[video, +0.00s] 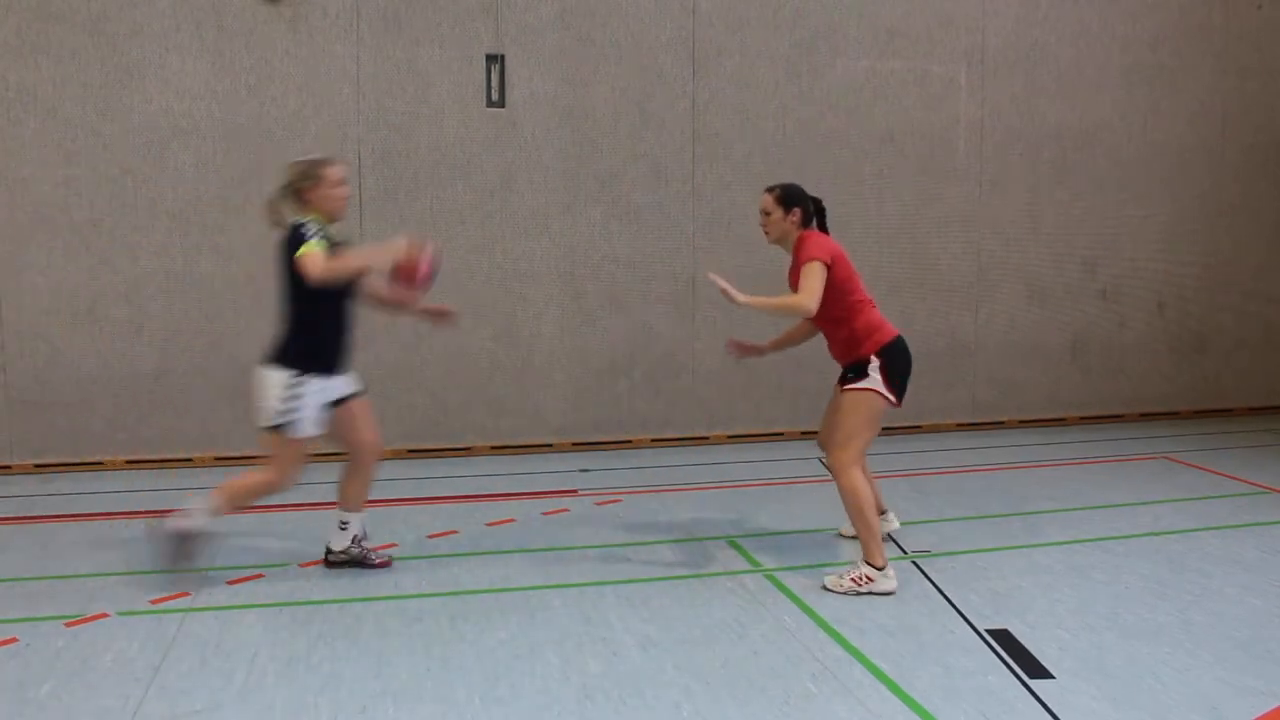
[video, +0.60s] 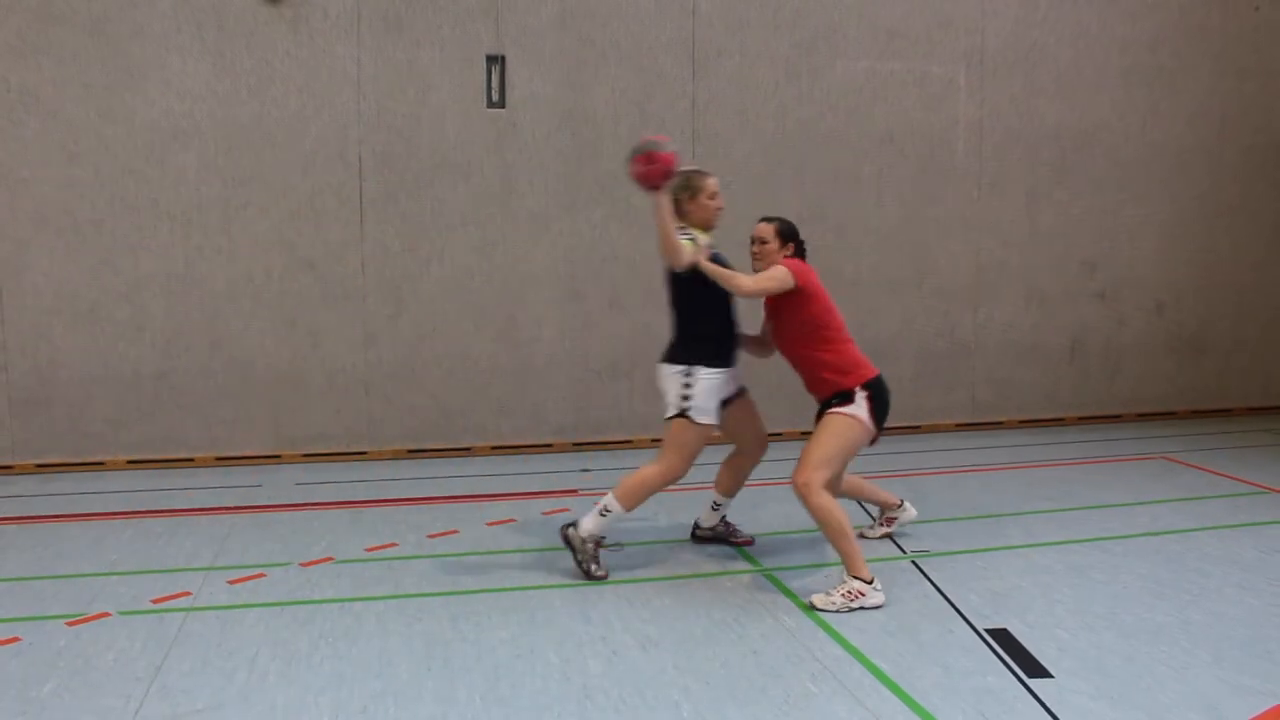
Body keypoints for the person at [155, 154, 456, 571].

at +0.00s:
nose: (345, 193)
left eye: (345, 185)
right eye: (336, 185)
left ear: (328, 192)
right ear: (309, 193)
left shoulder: (332, 243)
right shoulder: (305, 234)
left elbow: (365, 287)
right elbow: (316, 271)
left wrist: (416, 306)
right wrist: (388, 253)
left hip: (333, 374)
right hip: (294, 375)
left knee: (366, 448)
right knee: (279, 474)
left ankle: (344, 543)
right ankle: (189, 520)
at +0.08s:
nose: (400, 177)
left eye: (400, 169)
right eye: (392, 170)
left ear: (397, 178)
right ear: (367, 175)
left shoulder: (395, 223)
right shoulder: (351, 218)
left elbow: (431, 269)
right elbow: (321, 235)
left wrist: (481, 298)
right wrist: (367, 199)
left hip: (397, 353)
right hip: (362, 354)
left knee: (401, 448)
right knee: (380, 452)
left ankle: (352, 530)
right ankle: (316, 520)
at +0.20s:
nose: (490, 172)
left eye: (490, 164)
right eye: (481, 164)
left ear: (480, 172)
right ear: (455, 170)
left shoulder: (484, 219)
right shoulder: (436, 213)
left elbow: (498, 274)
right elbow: (378, 228)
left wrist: (544, 308)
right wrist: (370, 172)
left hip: (486, 345)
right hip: (450, 347)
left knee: (510, 434)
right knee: (475, 444)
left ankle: (447, 501)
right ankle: (460, 545)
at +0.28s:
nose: (550, 186)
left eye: (550, 178)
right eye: (541, 178)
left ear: (539, 187)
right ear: (516, 184)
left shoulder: (541, 229)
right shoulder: (496, 225)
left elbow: (542, 290)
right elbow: (443, 240)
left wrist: (574, 321)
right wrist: (409, 182)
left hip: (542, 358)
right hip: (504, 363)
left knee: (586, 426)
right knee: (519, 460)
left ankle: (582, 516)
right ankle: (471, 549)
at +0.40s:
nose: (630, 206)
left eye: (628, 199)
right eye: (621, 200)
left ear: (608, 209)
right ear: (596, 208)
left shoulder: (618, 251)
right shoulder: (586, 247)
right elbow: (552, 259)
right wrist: (517, 206)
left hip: (634, 378)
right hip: (598, 380)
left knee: (686, 437)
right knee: (571, 471)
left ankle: (698, 525)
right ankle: (488, 535)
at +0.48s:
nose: (674, 208)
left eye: (673, 201)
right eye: (665, 202)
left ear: (658, 210)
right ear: (641, 210)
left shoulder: (662, 254)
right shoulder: (635, 249)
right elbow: (614, 262)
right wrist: (592, 209)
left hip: (677, 376)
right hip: (641, 380)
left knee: (726, 440)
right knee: (626, 472)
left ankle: (710, 522)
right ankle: (541, 529)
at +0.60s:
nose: (719, 203)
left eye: (718, 196)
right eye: (711, 197)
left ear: (702, 204)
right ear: (688, 203)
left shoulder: (706, 247)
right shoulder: (685, 241)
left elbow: (712, 320)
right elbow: (677, 257)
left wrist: (749, 342)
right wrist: (660, 198)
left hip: (720, 370)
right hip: (693, 372)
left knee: (754, 443)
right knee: (673, 464)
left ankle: (711, 522)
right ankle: (585, 532)